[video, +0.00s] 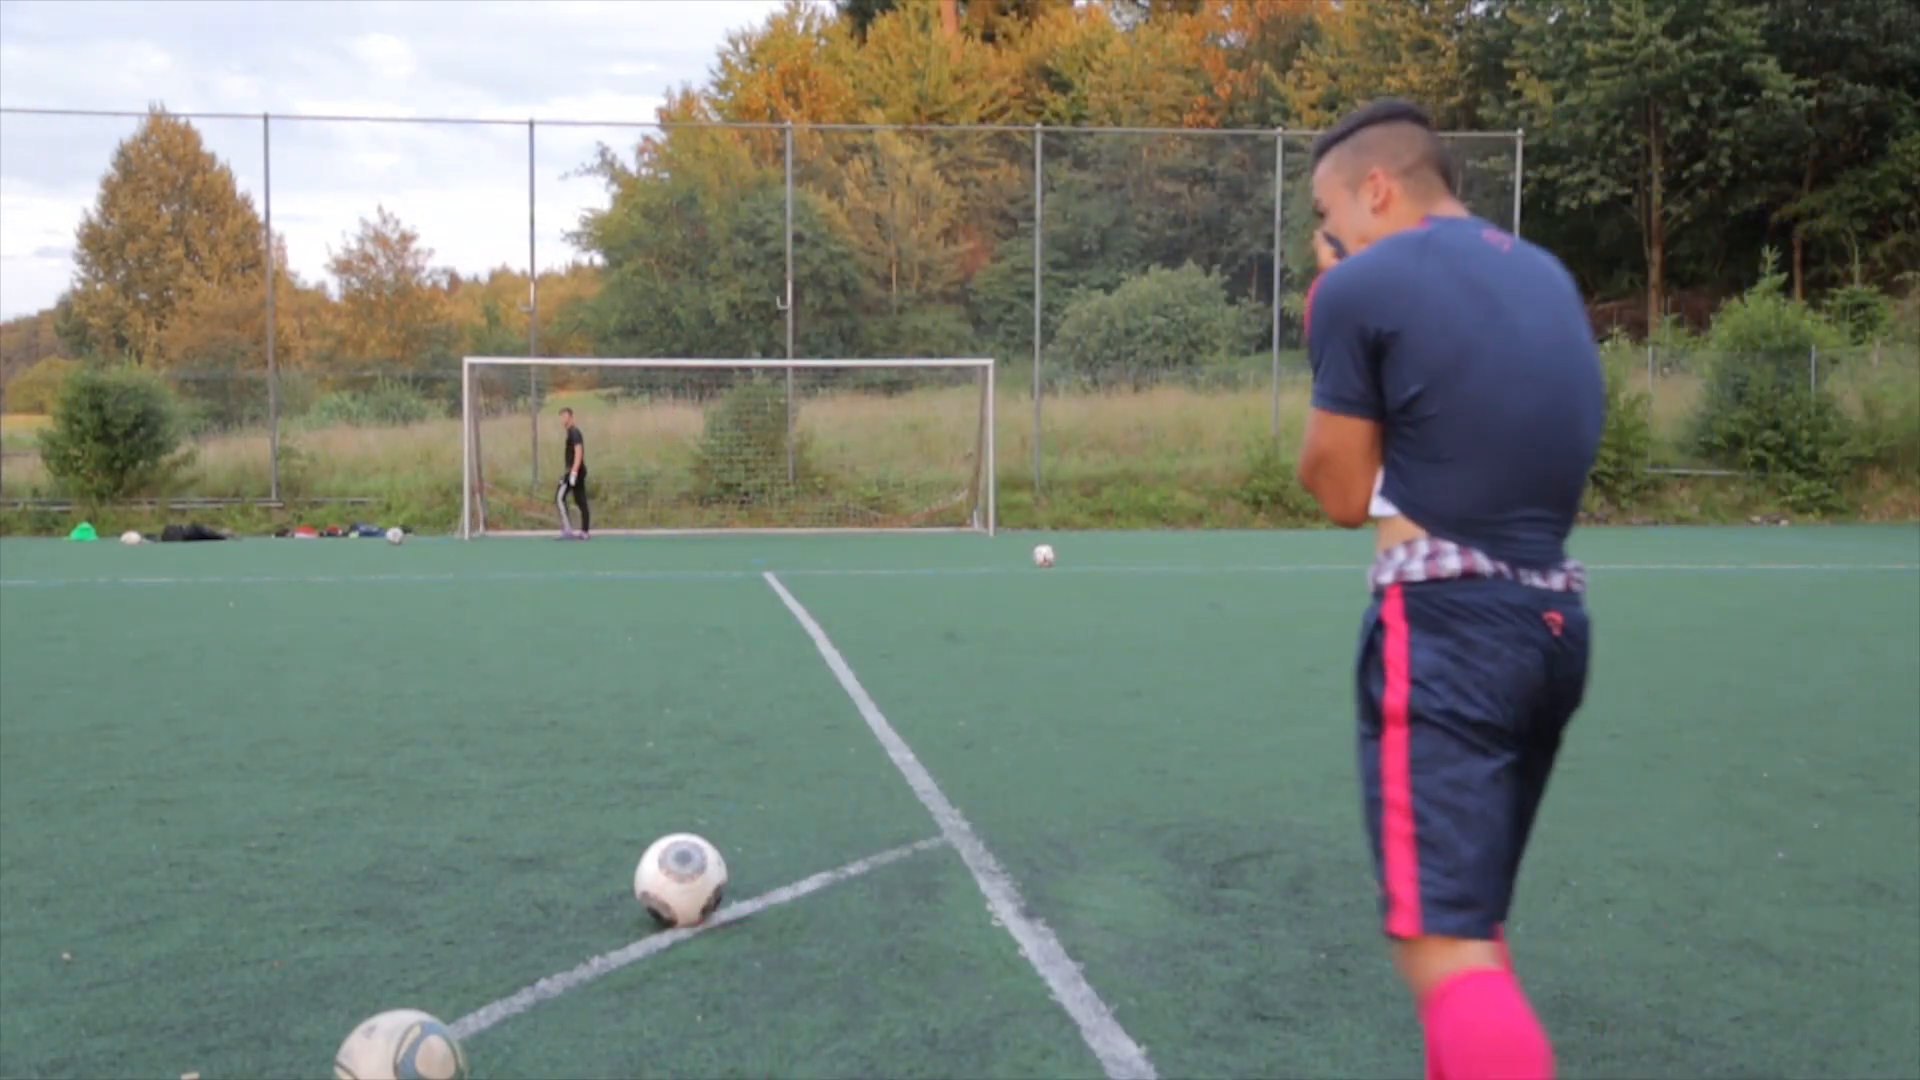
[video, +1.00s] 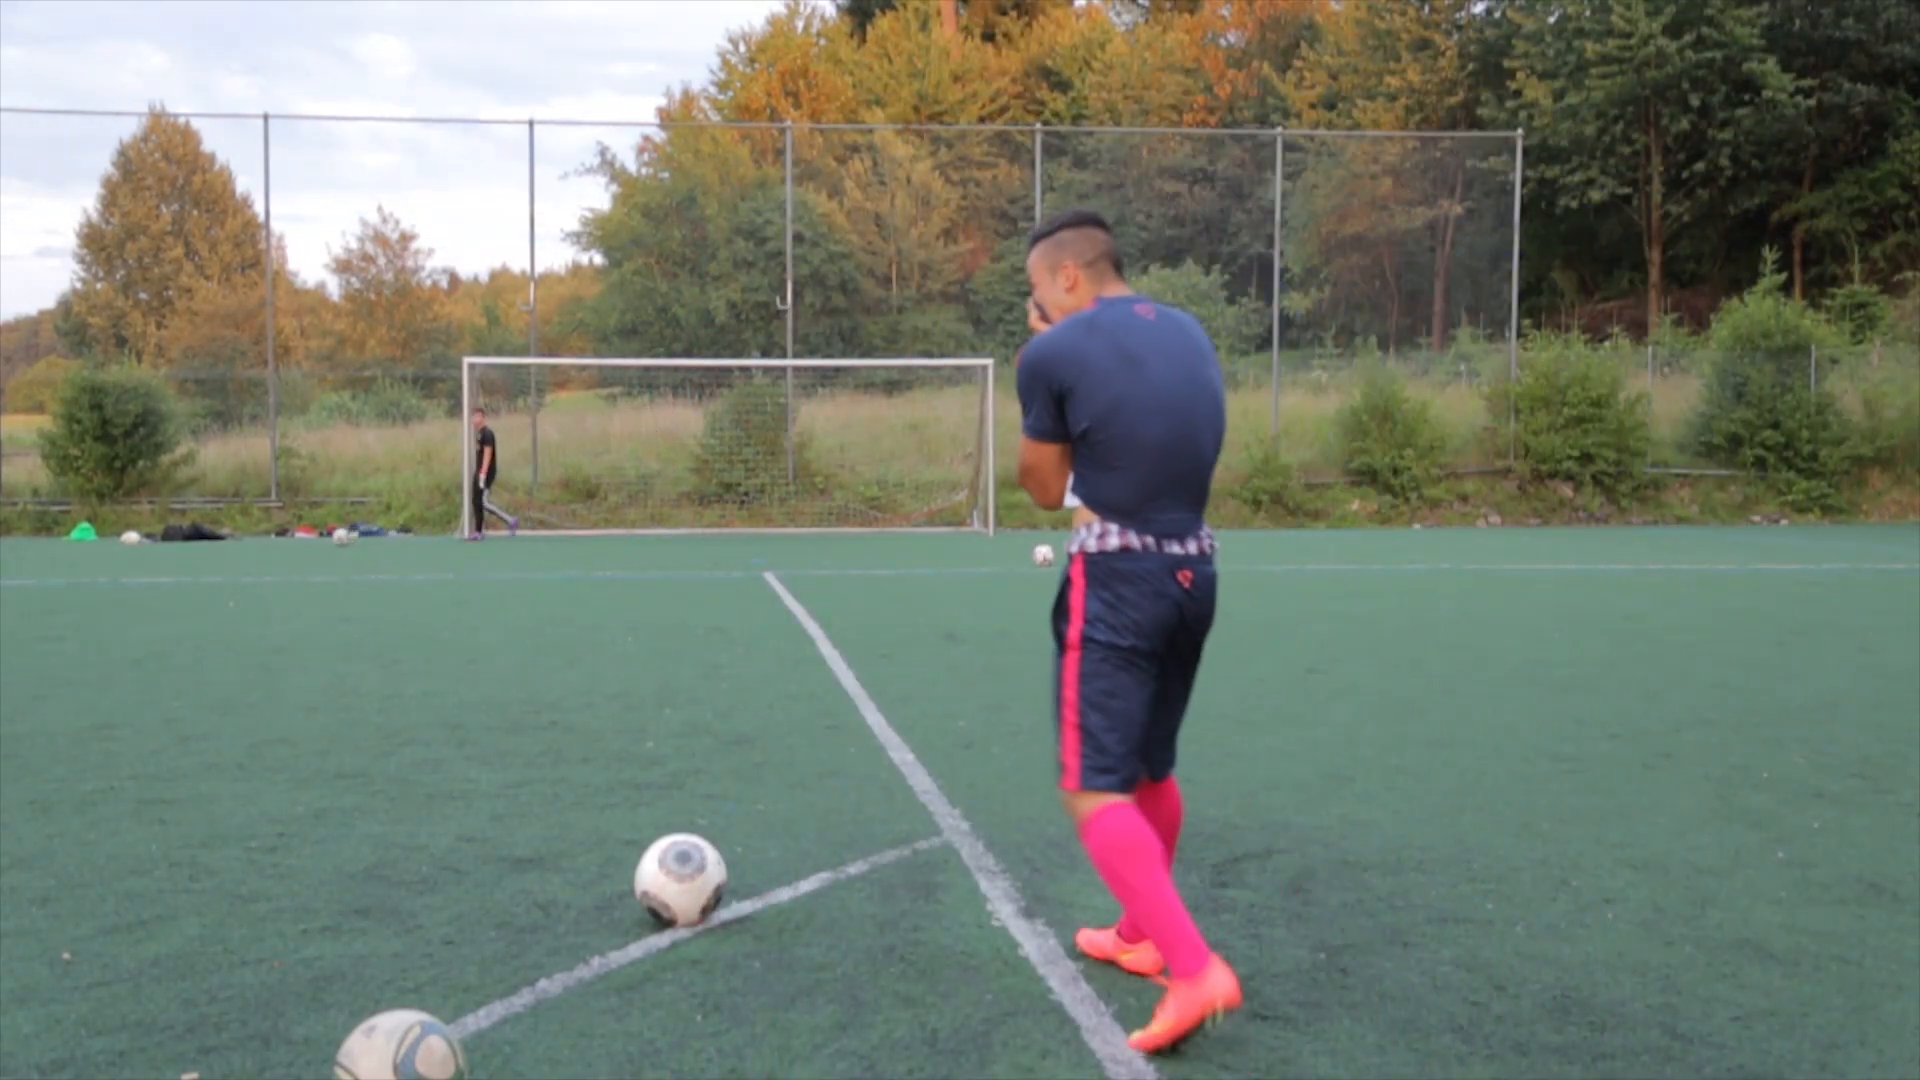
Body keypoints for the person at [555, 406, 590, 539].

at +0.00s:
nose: (562, 420)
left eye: (564, 417)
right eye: (561, 417)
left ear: (570, 417)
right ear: (564, 418)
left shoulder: (574, 433)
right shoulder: (571, 432)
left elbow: (578, 454)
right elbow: (574, 454)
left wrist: (573, 472)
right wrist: (568, 471)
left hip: (574, 470)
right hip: (576, 470)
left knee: (560, 497)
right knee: (581, 501)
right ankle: (585, 530)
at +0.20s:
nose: (547, 422)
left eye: (549, 418)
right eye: (546, 419)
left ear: (555, 419)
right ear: (547, 420)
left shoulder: (558, 435)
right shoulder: (554, 435)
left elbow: (562, 457)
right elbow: (554, 458)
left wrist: (563, 475)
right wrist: (548, 473)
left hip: (556, 474)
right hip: (557, 474)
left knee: (547, 503)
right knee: (569, 503)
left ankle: (539, 531)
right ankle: (582, 529)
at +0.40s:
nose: (531, 420)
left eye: (533, 417)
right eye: (530, 417)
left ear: (538, 418)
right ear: (529, 419)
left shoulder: (541, 435)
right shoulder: (537, 434)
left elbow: (542, 457)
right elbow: (537, 457)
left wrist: (540, 476)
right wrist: (532, 473)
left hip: (538, 472)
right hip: (535, 472)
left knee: (535, 502)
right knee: (536, 502)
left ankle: (535, 532)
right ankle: (559, 519)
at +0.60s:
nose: (515, 420)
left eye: (517, 417)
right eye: (514, 417)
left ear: (522, 418)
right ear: (513, 419)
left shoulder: (526, 434)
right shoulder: (520, 434)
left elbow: (524, 455)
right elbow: (521, 455)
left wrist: (512, 472)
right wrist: (515, 471)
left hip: (525, 470)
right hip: (519, 470)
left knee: (529, 501)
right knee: (507, 497)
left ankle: (535, 531)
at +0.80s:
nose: (496, 422)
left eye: (498, 419)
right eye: (494, 419)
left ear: (503, 420)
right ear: (493, 421)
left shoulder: (507, 436)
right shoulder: (501, 436)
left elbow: (506, 457)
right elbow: (502, 457)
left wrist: (492, 473)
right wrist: (495, 473)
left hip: (507, 473)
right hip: (499, 473)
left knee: (517, 502)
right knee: (491, 502)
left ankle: (533, 529)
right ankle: (482, 531)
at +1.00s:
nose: (474, 420)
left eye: (477, 417)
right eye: (474, 417)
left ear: (483, 418)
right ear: (473, 419)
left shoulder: (487, 434)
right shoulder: (480, 434)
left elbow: (487, 455)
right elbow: (482, 455)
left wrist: (483, 474)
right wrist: (478, 472)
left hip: (486, 472)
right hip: (479, 471)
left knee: (483, 502)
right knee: (477, 501)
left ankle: (510, 521)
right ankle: (478, 531)